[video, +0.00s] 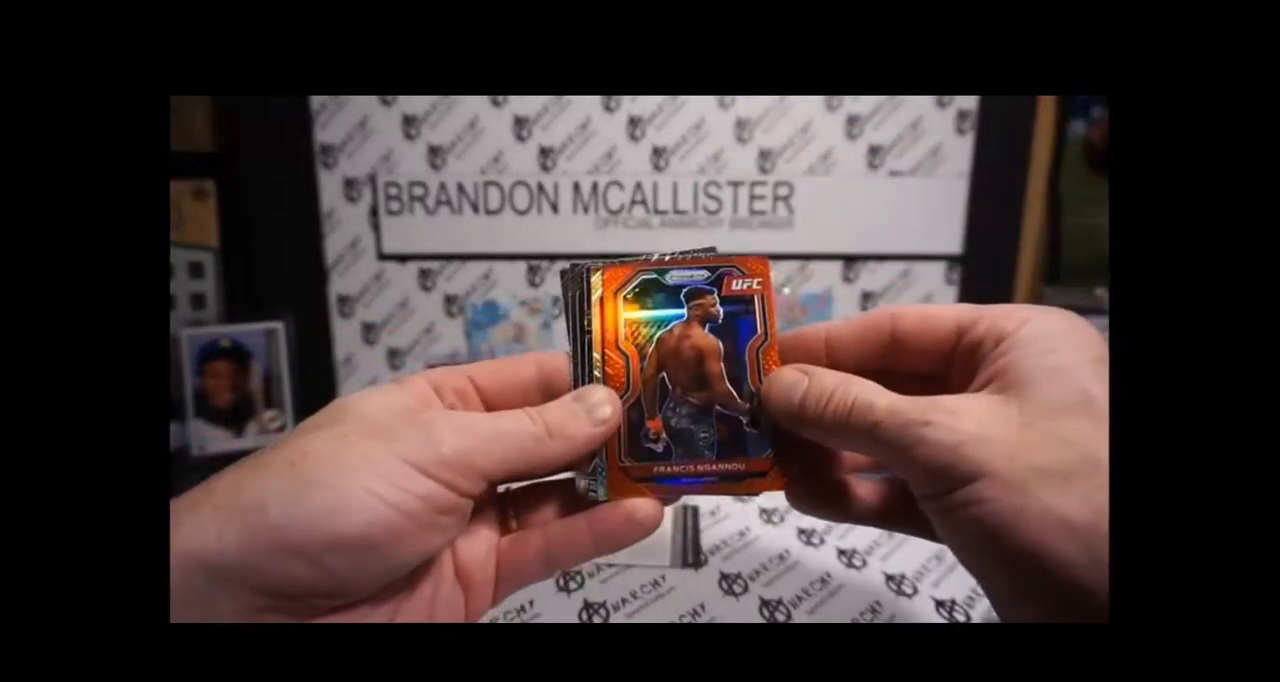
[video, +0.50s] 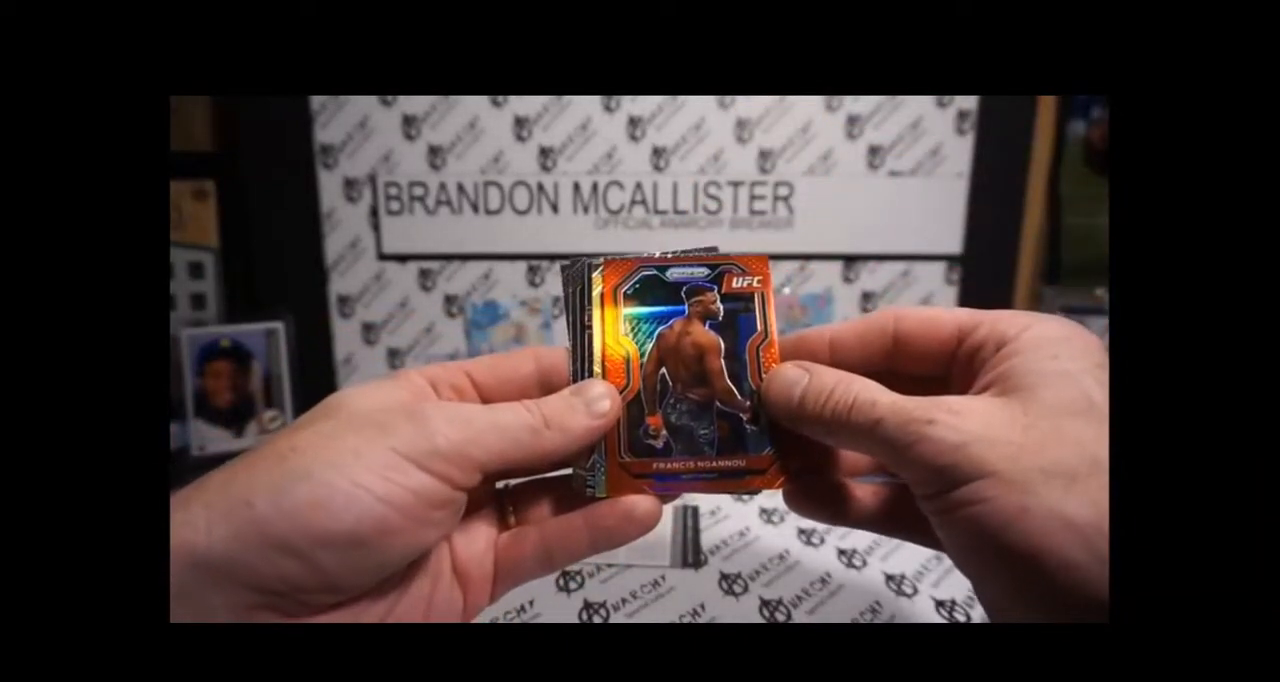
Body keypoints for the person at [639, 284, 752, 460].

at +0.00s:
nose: (720, 310)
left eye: (718, 304)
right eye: (714, 305)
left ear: (693, 310)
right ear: (697, 309)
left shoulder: (664, 338)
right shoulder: (709, 343)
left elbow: (649, 377)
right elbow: (721, 390)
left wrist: (651, 417)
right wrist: (745, 410)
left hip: (672, 410)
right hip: (698, 415)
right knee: (703, 478)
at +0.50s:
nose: (720, 307)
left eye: (719, 301)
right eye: (714, 302)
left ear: (694, 307)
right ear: (696, 306)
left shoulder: (665, 333)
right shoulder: (709, 340)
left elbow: (649, 373)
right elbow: (721, 388)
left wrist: (651, 413)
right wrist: (745, 408)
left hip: (673, 407)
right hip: (699, 413)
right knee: (701, 474)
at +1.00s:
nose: (720, 309)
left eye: (719, 303)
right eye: (714, 304)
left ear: (696, 308)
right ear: (697, 308)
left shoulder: (665, 334)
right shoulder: (709, 342)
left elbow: (649, 373)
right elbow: (720, 391)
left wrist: (650, 413)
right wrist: (743, 409)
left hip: (671, 408)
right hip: (697, 414)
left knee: (678, 471)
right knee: (699, 474)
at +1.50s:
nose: (717, 307)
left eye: (716, 302)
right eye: (711, 303)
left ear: (692, 309)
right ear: (693, 308)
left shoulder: (662, 334)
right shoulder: (706, 340)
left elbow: (646, 374)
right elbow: (718, 388)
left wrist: (649, 413)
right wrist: (742, 407)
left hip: (670, 406)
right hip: (696, 412)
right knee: (700, 474)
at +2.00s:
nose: (715, 306)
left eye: (714, 301)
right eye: (709, 302)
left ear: (690, 308)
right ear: (691, 307)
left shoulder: (660, 334)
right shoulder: (705, 339)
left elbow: (644, 375)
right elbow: (717, 388)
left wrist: (647, 413)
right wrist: (741, 407)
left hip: (669, 406)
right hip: (695, 411)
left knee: (677, 468)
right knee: (699, 472)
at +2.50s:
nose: (718, 308)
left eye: (716, 303)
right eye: (713, 304)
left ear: (693, 309)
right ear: (694, 308)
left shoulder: (663, 334)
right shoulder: (708, 341)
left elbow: (648, 374)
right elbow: (720, 389)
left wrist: (650, 413)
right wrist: (743, 407)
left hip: (671, 407)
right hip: (698, 412)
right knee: (702, 474)